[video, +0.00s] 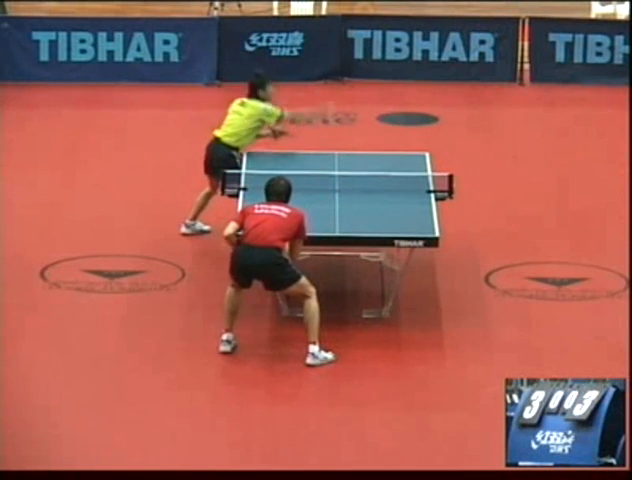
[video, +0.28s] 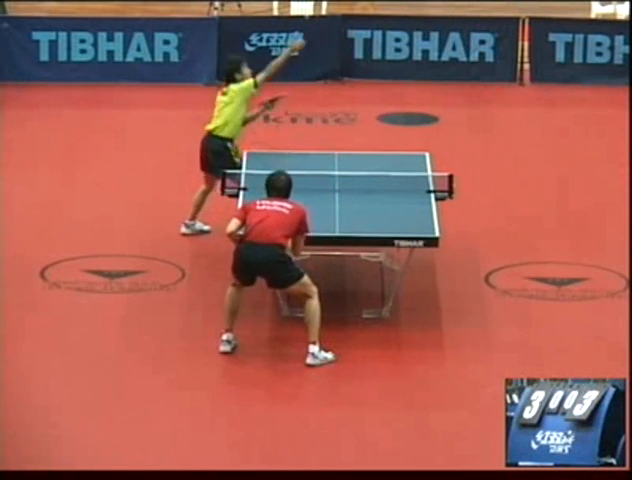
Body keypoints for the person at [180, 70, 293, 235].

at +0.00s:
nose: (272, 91)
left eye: (271, 88)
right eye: (269, 88)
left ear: (253, 90)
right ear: (260, 91)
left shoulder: (238, 103)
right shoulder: (261, 108)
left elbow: (246, 132)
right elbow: (289, 117)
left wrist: (269, 134)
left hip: (215, 144)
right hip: (229, 151)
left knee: (212, 188)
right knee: (241, 190)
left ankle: (191, 221)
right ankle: (244, 227)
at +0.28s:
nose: (250, 72)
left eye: (247, 68)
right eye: (246, 68)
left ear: (232, 75)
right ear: (237, 74)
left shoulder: (225, 92)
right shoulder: (241, 89)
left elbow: (237, 122)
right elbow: (268, 73)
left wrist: (261, 112)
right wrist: (289, 51)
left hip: (209, 139)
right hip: (223, 142)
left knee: (209, 184)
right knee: (241, 182)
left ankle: (191, 221)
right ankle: (246, 223)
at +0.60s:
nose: (248, 67)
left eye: (246, 63)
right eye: (244, 64)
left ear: (231, 70)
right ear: (234, 69)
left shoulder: (217, 90)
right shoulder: (234, 83)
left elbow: (212, 114)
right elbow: (252, 90)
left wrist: (237, 125)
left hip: (205, 133)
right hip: (219, 135)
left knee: (204, 181)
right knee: (235, 176)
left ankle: (191, 221)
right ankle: (241, 219)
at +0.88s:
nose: (270, 92)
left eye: (271, 87)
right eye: (269, 87)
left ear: (253, 84)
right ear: (259, 85)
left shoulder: (235, 92)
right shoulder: (254, 101)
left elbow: (222, 88)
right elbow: (236, 117)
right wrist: (226, 140)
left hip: (213, 138)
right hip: (226, 143)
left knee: (215, 185)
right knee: (241, 187)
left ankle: (194, 220)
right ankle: (235, 229)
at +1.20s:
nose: (283, 84)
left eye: (285, 80)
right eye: (280, 79)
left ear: (288, 83)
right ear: (270, 79)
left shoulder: (280, 94)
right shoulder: (258, 93)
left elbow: (291, 89)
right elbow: (233, 107)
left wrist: (297, 104)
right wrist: (227, 137)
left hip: (258, 132)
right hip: (242, 133)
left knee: (266, 163)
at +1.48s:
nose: (299, 85)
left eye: (302, 81)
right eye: (296, 80)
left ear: (304, 85)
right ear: (287, 82)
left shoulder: (307, 103)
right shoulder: (270, 100)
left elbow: (319, 118)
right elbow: (256, 118)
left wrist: (317, 127)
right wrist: (253, 139)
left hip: (292, 139)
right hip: (271, 140)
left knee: (298, 173)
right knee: (269, 176)